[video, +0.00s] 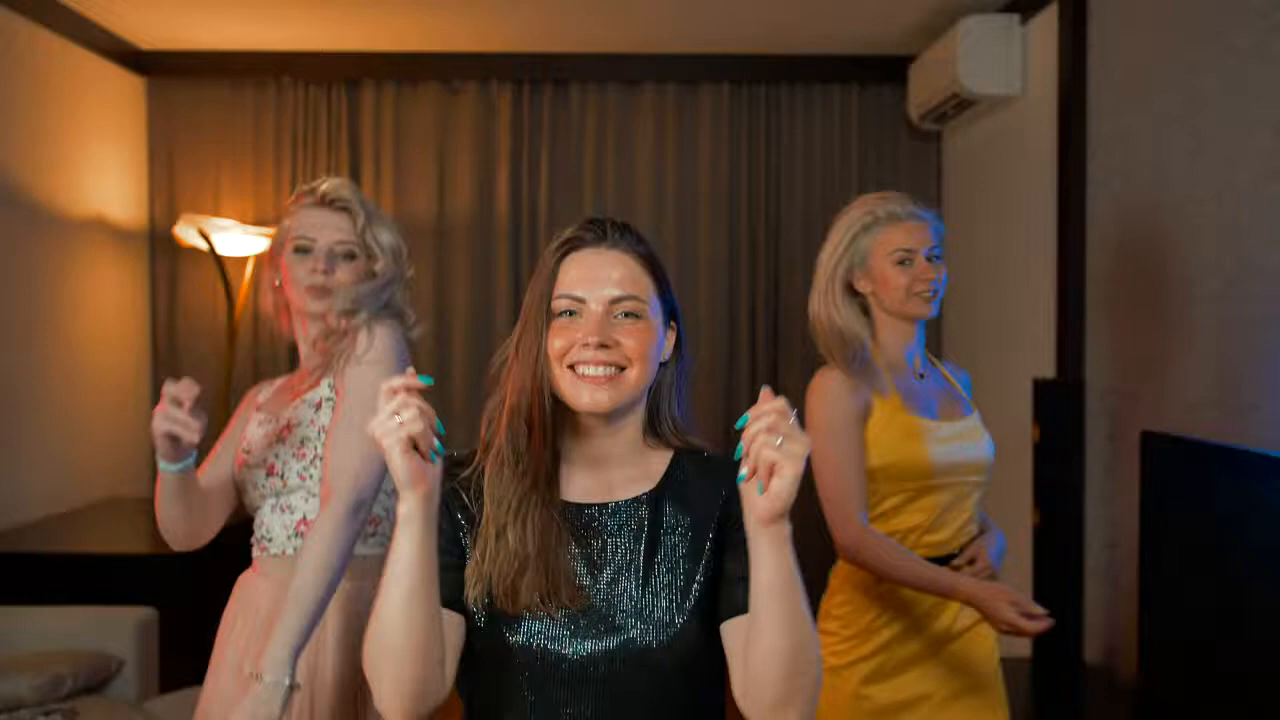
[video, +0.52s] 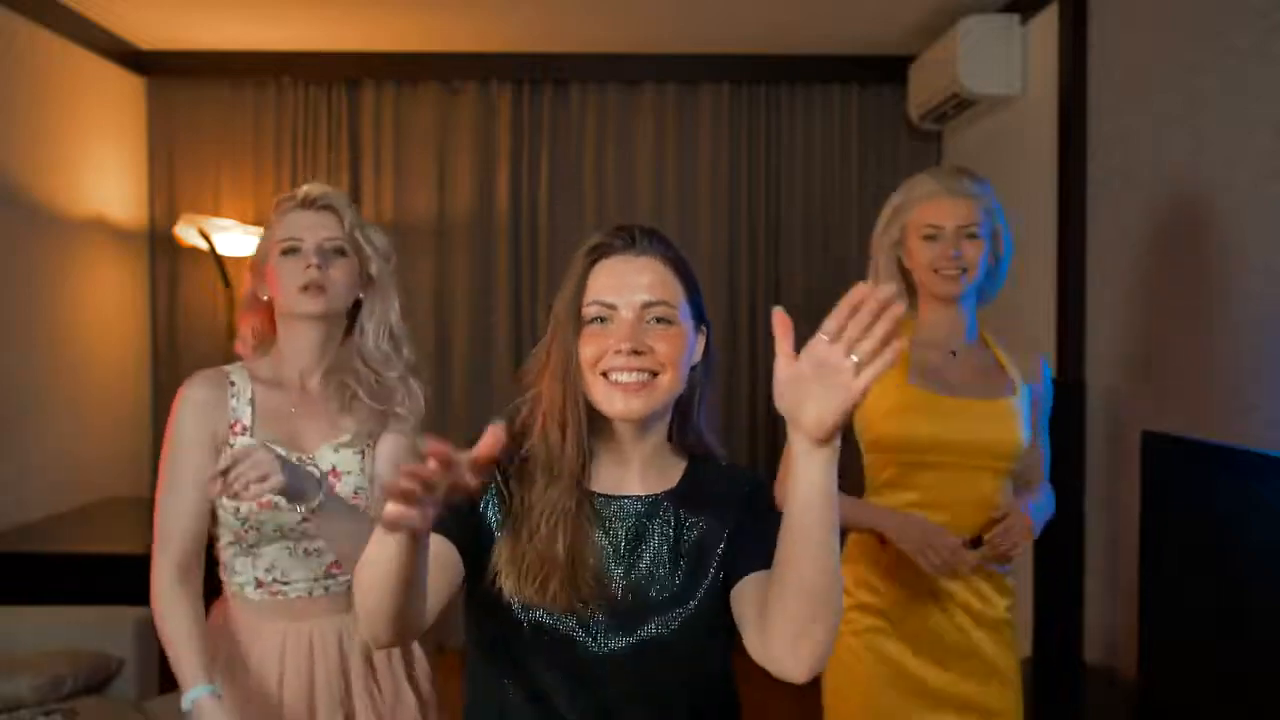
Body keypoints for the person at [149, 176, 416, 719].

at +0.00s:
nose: (321, 270)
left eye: (345, 255)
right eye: (303, 250)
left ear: (373, 272)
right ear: (278, 268)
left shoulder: (375, 344)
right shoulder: (264, 397)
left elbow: (345, 509)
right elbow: (188, 531)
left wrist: (275, 671)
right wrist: (175, 461)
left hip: (332, 627)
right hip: (254, 610)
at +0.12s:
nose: (326, 246)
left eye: (349, 234)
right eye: (307, 227)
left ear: (377, 256)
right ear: (280, 248)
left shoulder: (374, 357)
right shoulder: (247, 375)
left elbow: (347, 502)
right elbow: (197, 515)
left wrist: (250, 630)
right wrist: (160, 500)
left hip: (355, 604)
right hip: (264, 611)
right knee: (233, 710)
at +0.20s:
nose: (327, 244)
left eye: (350, 233)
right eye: (309, 227)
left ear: (379, 256)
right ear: (280, 250)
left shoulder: (387, 364)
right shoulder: (235, 376)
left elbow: (374, 514)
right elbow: (198, 515)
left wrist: (249, 598)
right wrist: (153, 559)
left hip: (370, 622)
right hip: (270, 627)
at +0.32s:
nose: (327, 271)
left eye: (349, 259)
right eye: (306, 256)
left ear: (374, 288)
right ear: (278, 283)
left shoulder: (393, 398)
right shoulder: (221, 400)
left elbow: (402, 565)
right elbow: (191, 559)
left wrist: (282, 602)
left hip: (373, 665)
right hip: (262, 671)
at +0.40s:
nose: (321, 278)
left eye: (344, 267)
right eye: (301, 264)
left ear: (369, 300)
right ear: (271, 293)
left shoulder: (397, 415)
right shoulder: (211, 408)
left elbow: (424, 566)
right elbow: (188, 577)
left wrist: (309, 571)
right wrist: (199, 710)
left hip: (373, 665)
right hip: (258, 667)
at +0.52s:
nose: (312, 262)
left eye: (334, 251)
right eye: (291, 250)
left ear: (361, 284)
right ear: (263, 281)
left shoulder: (390, 404)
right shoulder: (211, 399)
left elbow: (398, 562)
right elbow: (175, 572)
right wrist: (200, 697)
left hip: (364, 655)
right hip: (251, 661)